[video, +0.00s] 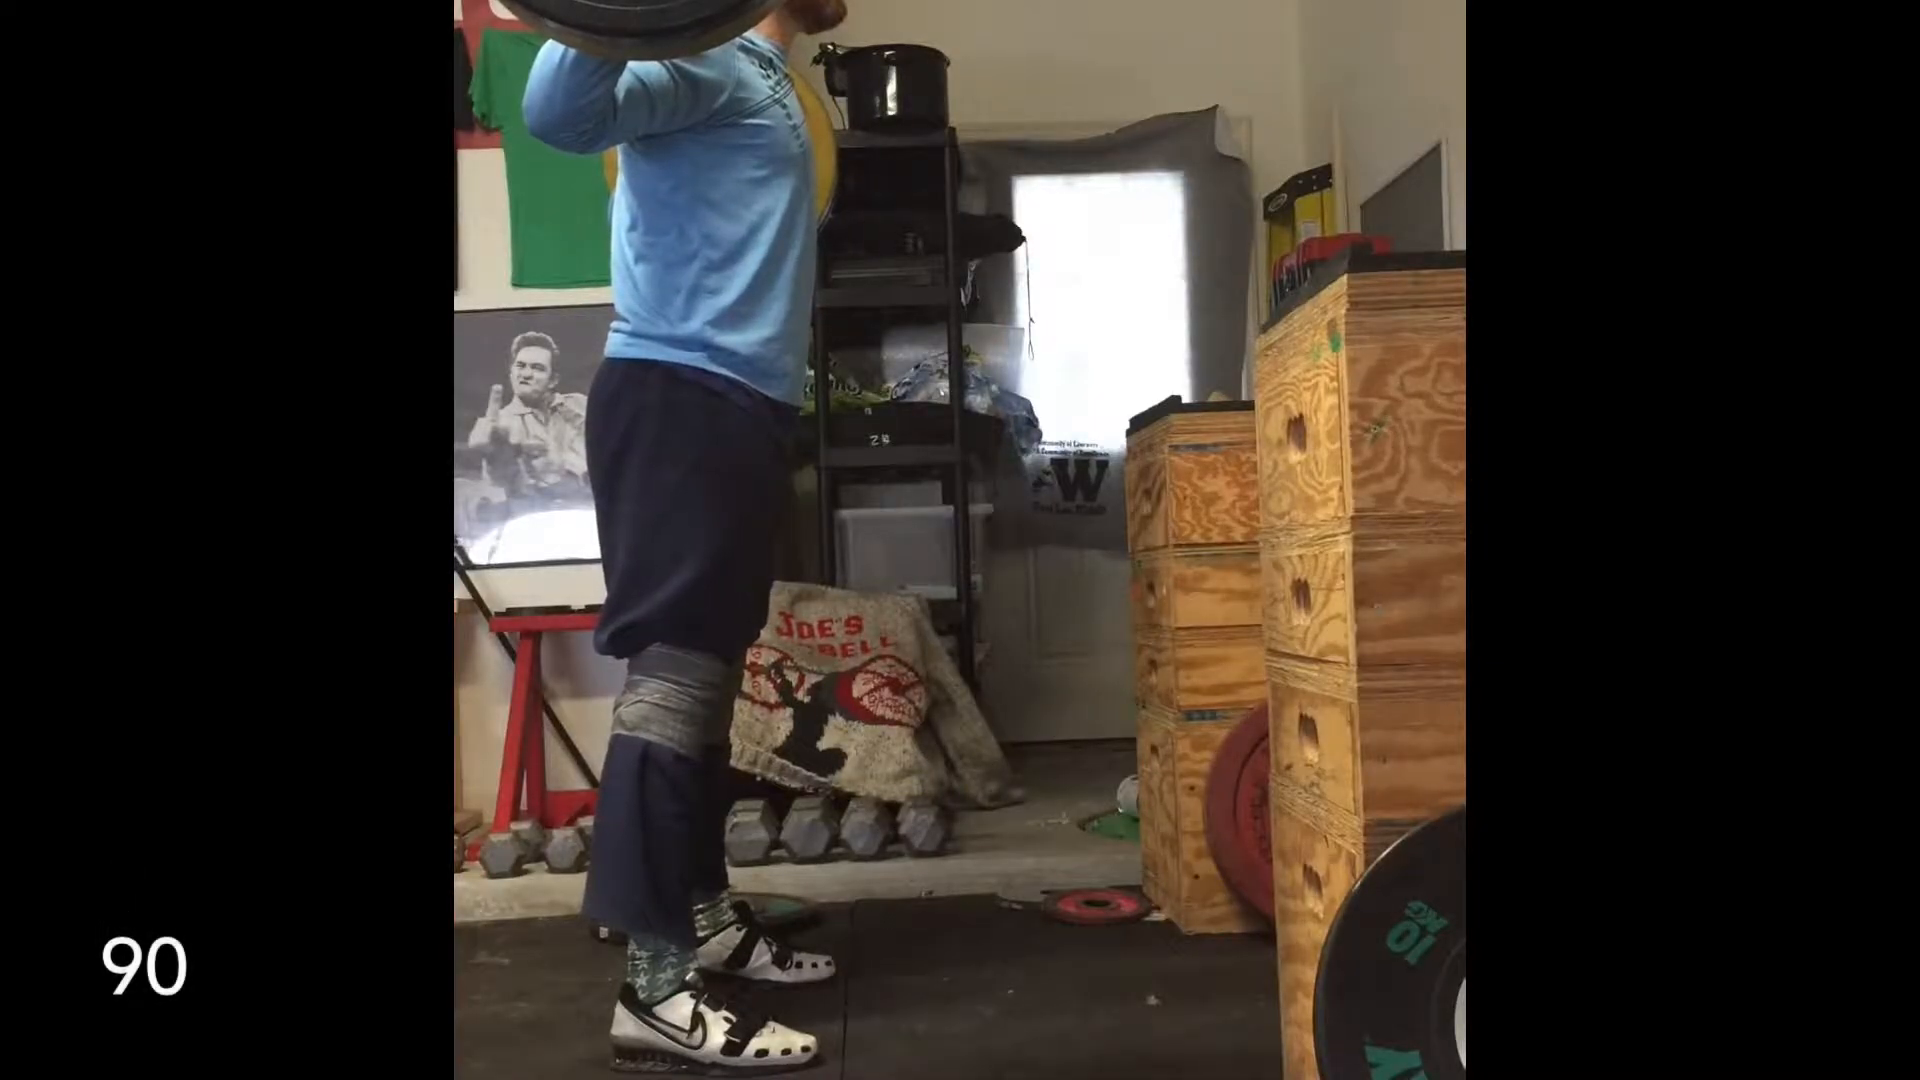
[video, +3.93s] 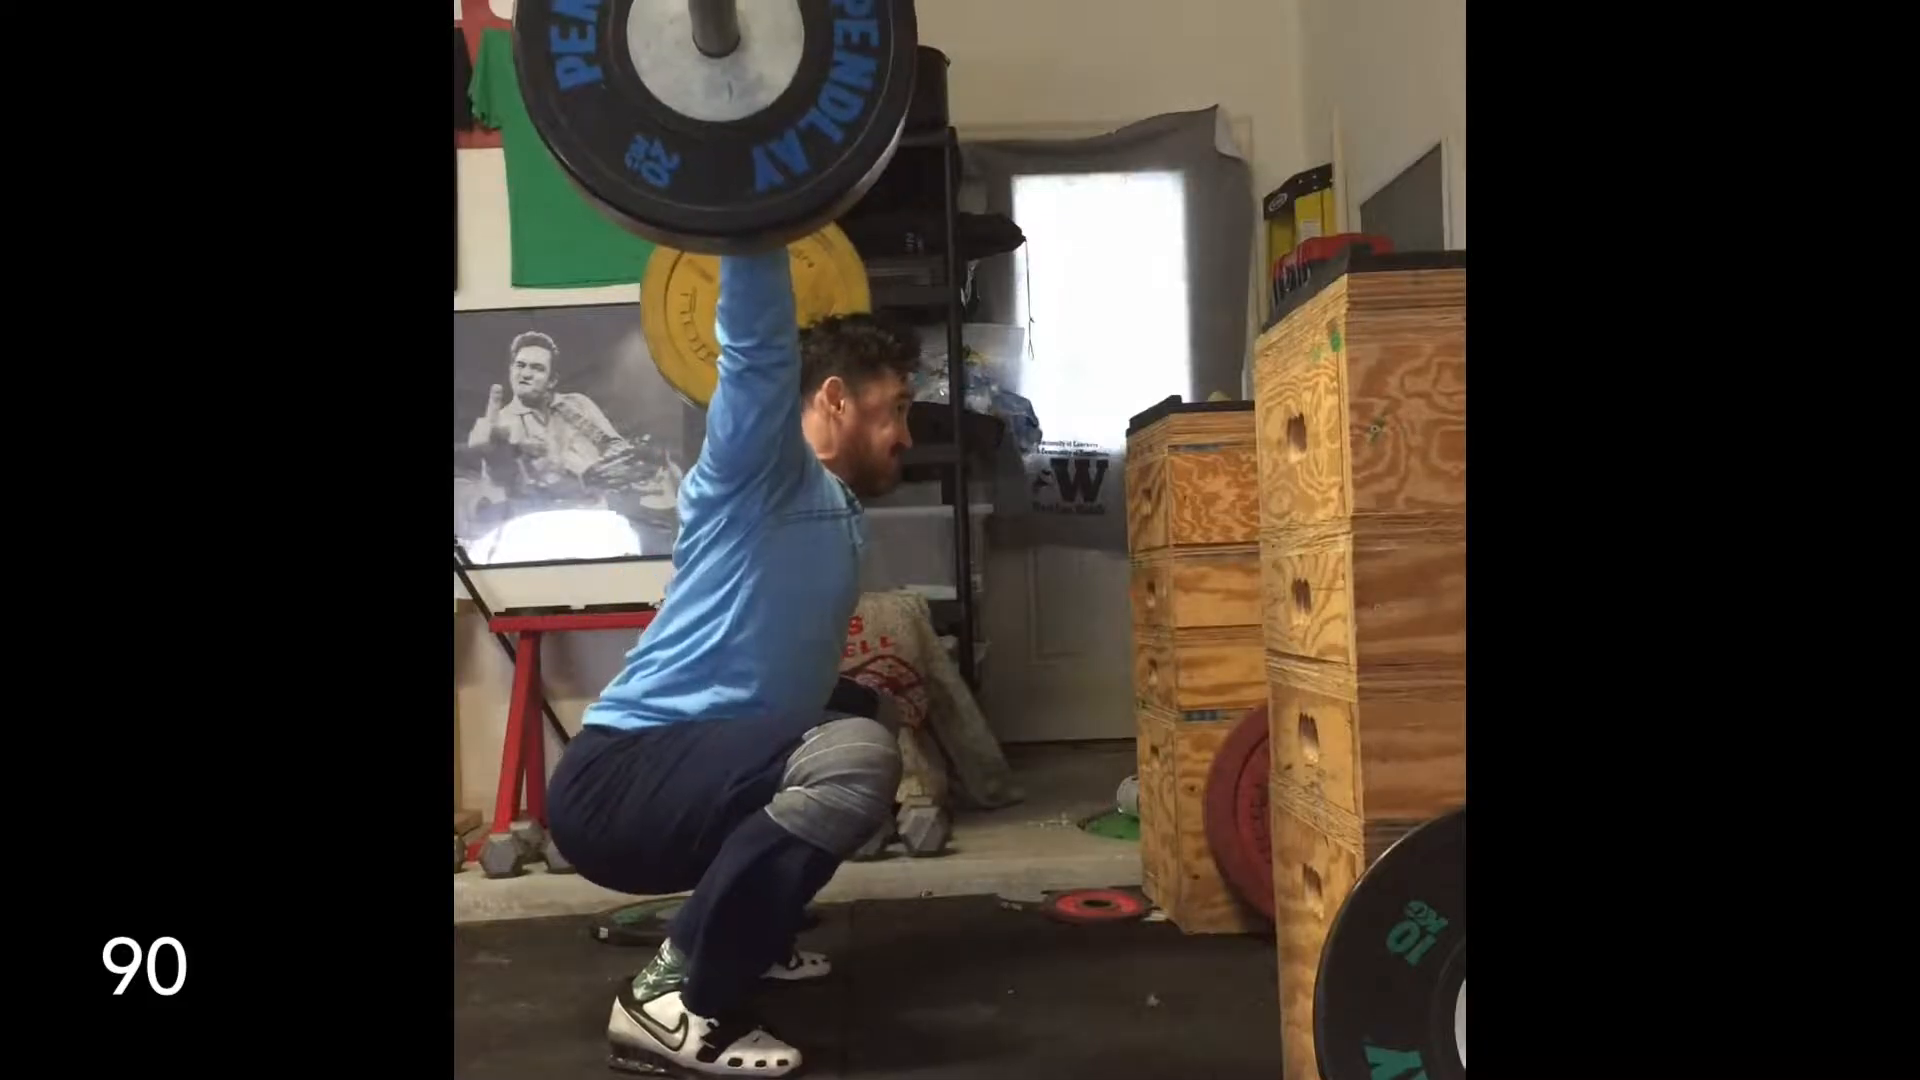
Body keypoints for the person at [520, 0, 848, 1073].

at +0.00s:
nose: (838, 7)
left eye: (836, 2)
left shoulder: (771, 77)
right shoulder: (705, 63)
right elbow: (556, 113)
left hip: (739, 407)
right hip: (681, 400)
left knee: (707, 673)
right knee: (675, 679)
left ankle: (699, 916)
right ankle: (655, 980)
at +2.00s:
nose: (845, 32)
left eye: (842, 18)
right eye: (832, 16)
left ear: (799, 36)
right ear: (788, 24)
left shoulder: (790, 129)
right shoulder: (720, 118)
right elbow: (573, 171)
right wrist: (631, 38)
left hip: (721, 442)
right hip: (665, 436)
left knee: (776, 677)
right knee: (785, 681)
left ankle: (711, 915)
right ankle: (665, 978)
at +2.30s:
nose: (827, 125)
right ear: (755, 114)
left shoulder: (800, 214)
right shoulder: (726, 207)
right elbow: (586, 271)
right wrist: (645, 142)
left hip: (718, 510)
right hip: (673, 509)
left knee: (837, 707)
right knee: (849, 721)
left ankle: (737, 925)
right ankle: (674, 984)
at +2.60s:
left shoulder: (791, 66)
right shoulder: (727, 55)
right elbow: (609, 131)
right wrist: (640, 21)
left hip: (762, 393)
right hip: (701, 387)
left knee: (755, 658)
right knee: (746, 659)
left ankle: (705, 920)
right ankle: (659, 980)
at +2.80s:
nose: (878, 115)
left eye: (879, 94)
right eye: (866, 90)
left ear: (814, 89)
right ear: (805, 80)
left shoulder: (805, 196)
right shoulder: (733, 163)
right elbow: (678, 29)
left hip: (686, 488)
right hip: (631, 488)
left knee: (805, 684)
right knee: (799, 704)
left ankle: (713, 922)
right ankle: (664, 988)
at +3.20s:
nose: (877, 277)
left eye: (879, 257)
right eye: (867, 253)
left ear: (821, 247)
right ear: (804, 237)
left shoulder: (811, 348)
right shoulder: (734, 309)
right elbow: (727, 173)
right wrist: (717, 40)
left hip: (697, 613)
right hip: (614, 611)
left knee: (842, 703)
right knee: (827, 730)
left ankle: (739, 915)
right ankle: (665, 987)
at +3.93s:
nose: (905, 437)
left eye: (905, 417)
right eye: (892, 414)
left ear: (839, 409)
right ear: (832, 404)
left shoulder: (838, 513)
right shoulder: (756, 475)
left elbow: (772, 655)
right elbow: (756, 343)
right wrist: (737, 174)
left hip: (697, 760)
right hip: (615, 777)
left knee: (863, 712)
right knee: (851, 756)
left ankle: (749, 935)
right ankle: (674, 989)